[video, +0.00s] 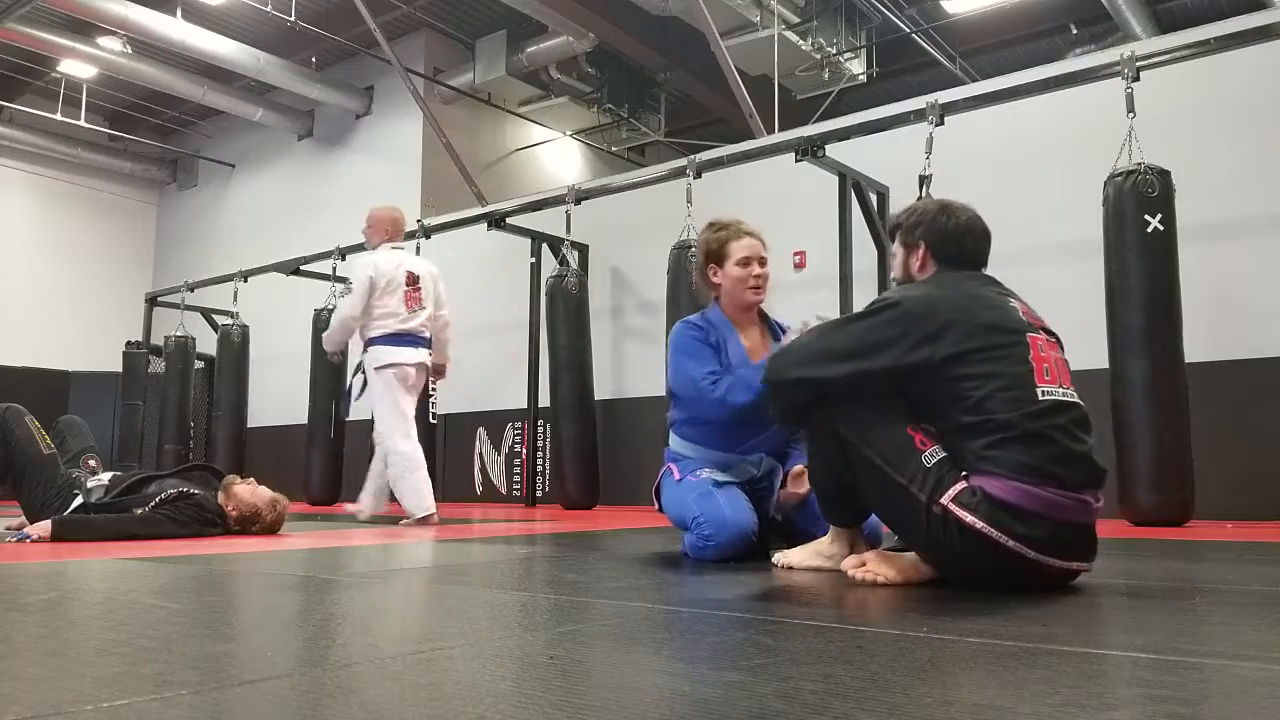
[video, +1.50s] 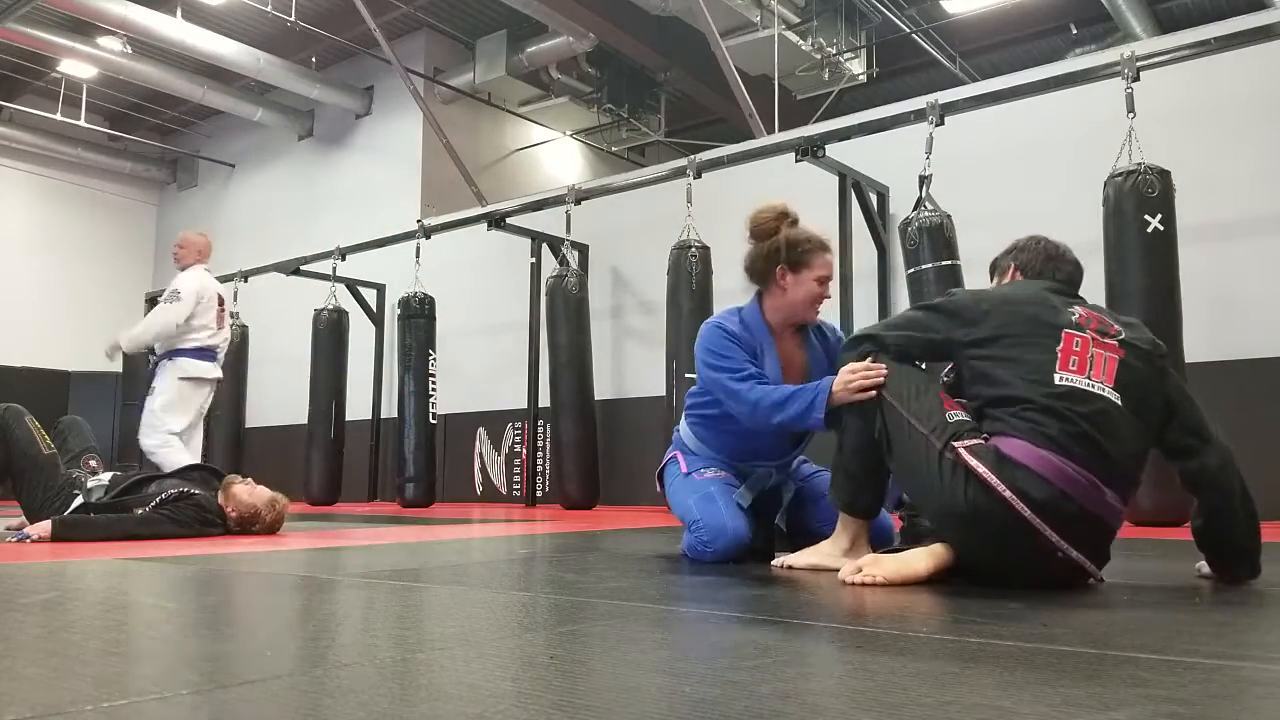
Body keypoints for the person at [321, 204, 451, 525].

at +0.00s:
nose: (363, 232)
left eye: (368, 227)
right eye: (365, 227)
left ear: (386, 232)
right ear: (397, 233)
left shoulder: (370, 263)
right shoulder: (426, 267)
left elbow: (350, 313)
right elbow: (441, 319)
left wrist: (331, 342)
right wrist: (440, 358)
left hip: (384, 357)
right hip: (419, 358)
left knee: (398, 434)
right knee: (389, 433)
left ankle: (422, 509)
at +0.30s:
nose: (331, 233)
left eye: (336, 229)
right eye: (333, 228)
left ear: (354, 235)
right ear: (360, 237)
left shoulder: (338, 267)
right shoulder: (384, 271)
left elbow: (320, 319)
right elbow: (393, 323)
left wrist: (290, 357)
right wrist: (389, 360)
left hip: (342, 360)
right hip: (373, 361)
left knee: (330, 435)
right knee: (353, 434)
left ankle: (390, 487)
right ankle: (341, 508)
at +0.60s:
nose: (291, 238)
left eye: (298, 235)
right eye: (294, 233)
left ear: (315, 243)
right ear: (319, 244)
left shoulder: (305, 273)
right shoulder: (332, 274)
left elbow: (306, 319)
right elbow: (342, 321)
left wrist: (294, 359)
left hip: (304, 365)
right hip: (330, 367)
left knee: (271, 431)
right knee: (333, 435)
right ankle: (343, 503)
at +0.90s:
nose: (242, 239)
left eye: (248, 235)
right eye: (243, 234)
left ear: (265, 243)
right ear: (270, 244)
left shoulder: (255, 275)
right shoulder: (282, 274)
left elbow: (245, 321)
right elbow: (280, 326)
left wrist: (221, 354)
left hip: (249, 362)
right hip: (276, 364)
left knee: (234, 432)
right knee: (262, 434)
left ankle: (230, 501)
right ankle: (297, 481)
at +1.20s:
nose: (205, 246)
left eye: (211, 243)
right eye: (206, 241)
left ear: (230, 249)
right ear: (232, 251)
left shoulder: (219, 276)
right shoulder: (248, 282)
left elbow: (184, 294)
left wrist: (133, 274)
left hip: (214, 364)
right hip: (239, 367)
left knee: (215, 436)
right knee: (213, 437)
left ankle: (228, 499)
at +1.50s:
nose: (174, 251)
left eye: (181, 247)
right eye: (176, 247)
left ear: (199, 253)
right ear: (200, 255)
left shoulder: (189, 280)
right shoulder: (215, 285)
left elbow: (166, 318)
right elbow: (223, 337)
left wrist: (123, 342)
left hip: (182, 370)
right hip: (206, 372)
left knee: (154, 436)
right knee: (190, 441)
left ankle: (198, 489)